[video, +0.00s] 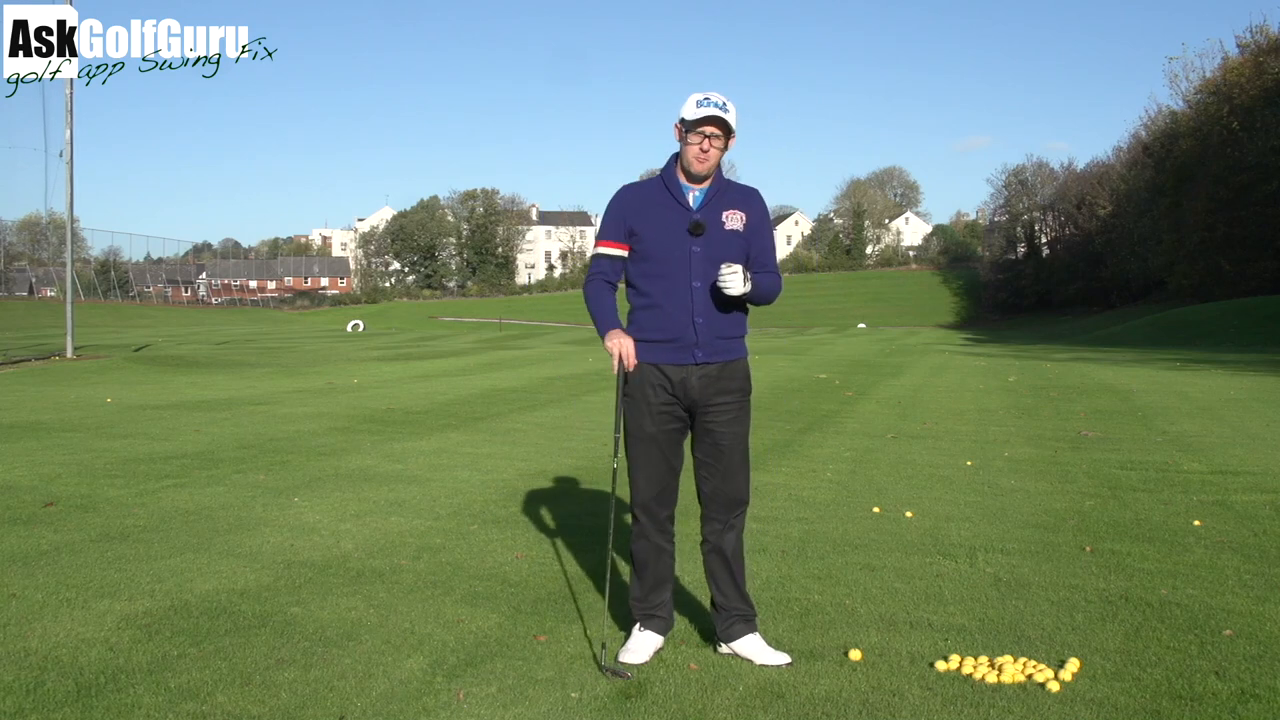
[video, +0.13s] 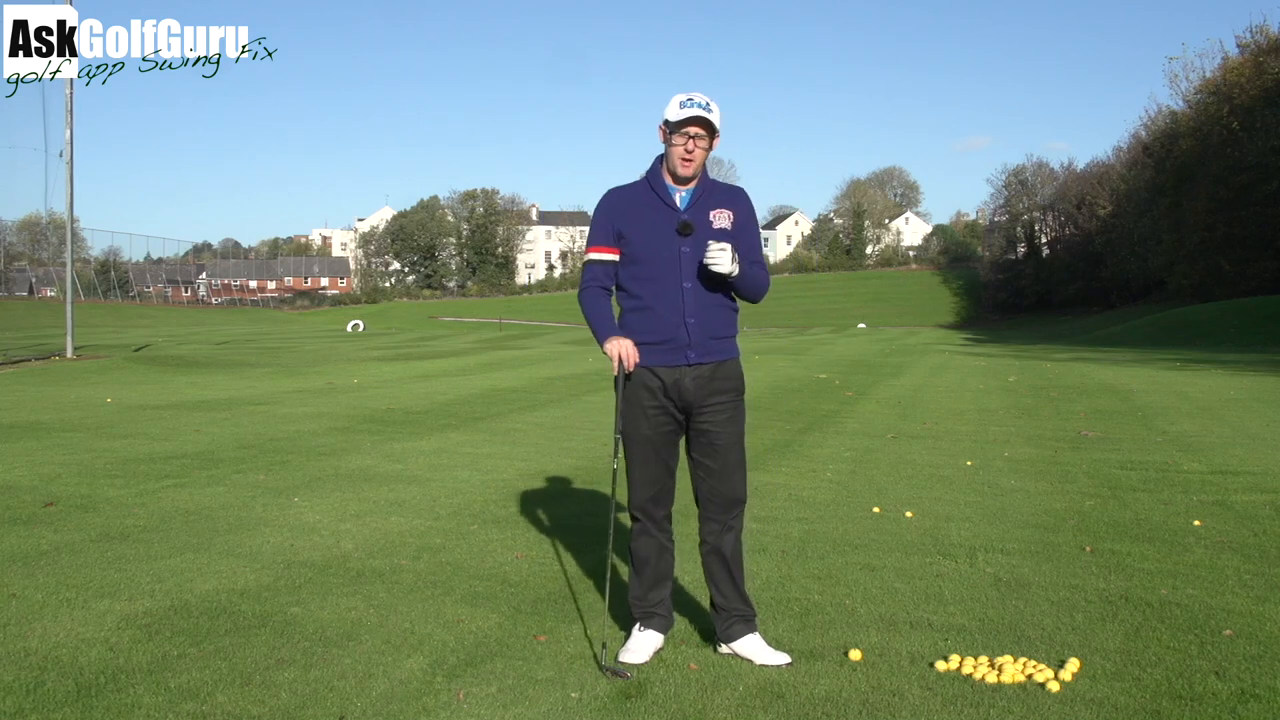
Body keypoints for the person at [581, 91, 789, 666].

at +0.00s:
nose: (704, 144)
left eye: (715, 137)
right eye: (696, 133)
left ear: (728, 145)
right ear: (678, 135)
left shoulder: (748, 203)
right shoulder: (633, 200)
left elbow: (770, 283)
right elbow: (599, 279)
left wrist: (749, 284)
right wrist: (611, 329)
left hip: (725, 374)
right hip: (651, 373)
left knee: (726, 506)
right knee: (651, 506)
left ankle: (734, 628)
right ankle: (650, 622)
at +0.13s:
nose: (690, 145)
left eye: (700, 137)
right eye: (681, 135)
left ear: (712, 145)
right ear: (664, 138)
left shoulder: (733, 202)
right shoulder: (618, 204)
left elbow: (757, 289)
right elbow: (594, 286)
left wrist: (734, 271)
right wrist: (610, 334)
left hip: (718, 375)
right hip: (646, 377)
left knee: (724, 506)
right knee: (649, 508)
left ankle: (734, 627)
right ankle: (649, 622)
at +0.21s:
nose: (682, 144)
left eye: (692, 136)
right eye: (673, 134)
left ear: (703, 143)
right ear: (655, 136)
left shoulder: (723, 201)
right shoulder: (609, 204)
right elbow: (588, 288)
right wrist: (607, 336)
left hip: (712, 374)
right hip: (641, 375)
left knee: (724, 505)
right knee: (645, 507)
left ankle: (735, 627)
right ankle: (649, 621)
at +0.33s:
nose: (667, 147)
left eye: (678, 139)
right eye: (659, 137)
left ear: (690, 147)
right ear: (641, 141)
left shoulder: (712, 204)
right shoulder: (598, 210)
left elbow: (740, 287)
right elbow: (576, 295)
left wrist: (717, 272)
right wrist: (602, 337)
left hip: (701, 379)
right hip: (631, 380)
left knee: (731, 501)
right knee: (637, 507)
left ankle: (735, 626)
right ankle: (649, 621)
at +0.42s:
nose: (659, 150)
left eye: (669, 142)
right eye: (650, 140)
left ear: (682, 150)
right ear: (633, 144)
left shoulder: (707, 206)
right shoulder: (593, 213)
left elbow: (734, 289)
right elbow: (572, 297)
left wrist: (714, 282)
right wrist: (597, 337)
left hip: (696, 379)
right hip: (627, 379)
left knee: (728, 501)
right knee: (634, 506)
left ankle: (735, 626)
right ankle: (648, 621)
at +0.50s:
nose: (654, 146)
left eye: (664, 138)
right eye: (646, 137)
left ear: (678, 147)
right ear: (629, 142)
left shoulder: (703, 204)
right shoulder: (588, 210)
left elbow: (729, 283)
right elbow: (570, 293)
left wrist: (710, 280)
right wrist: (591, 336)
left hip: (694, 376)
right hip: (624, 379)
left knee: (721, 501)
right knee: (634, 507)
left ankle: (734, 626)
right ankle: (649, 621)